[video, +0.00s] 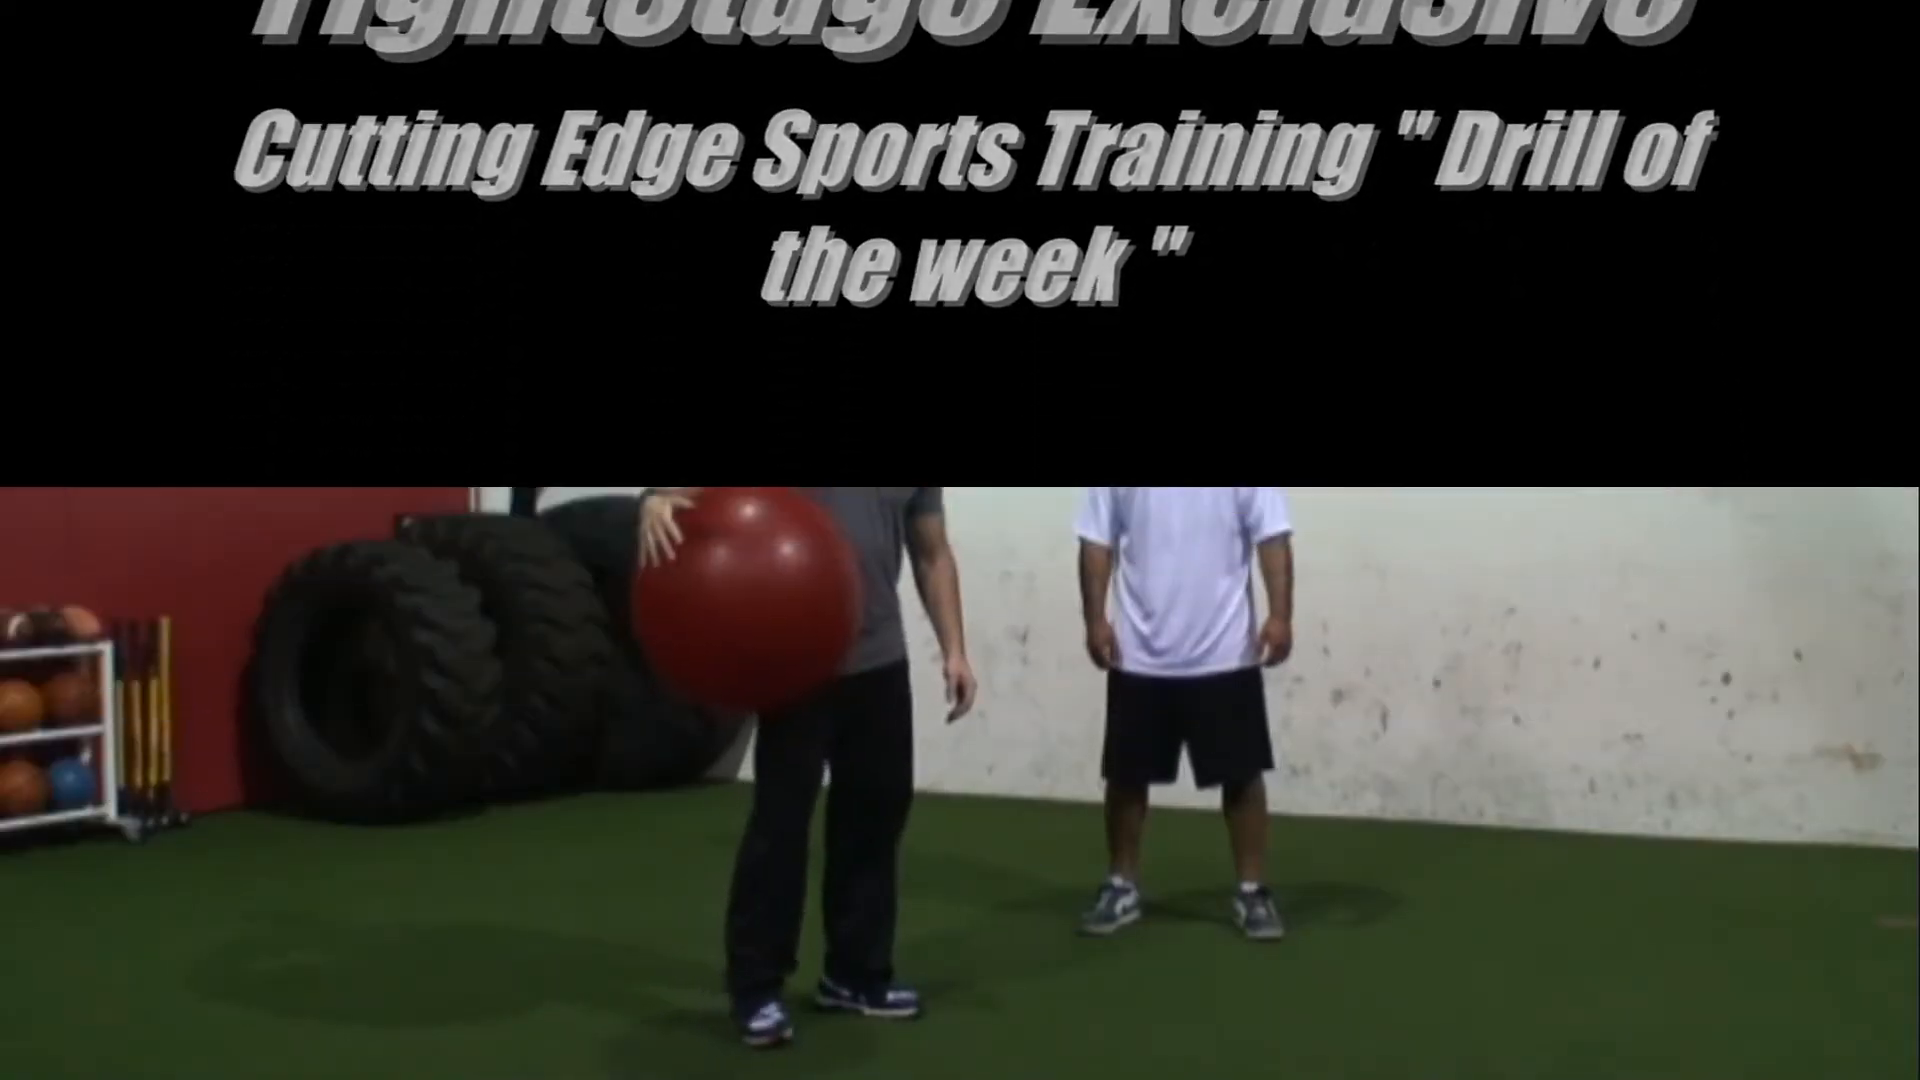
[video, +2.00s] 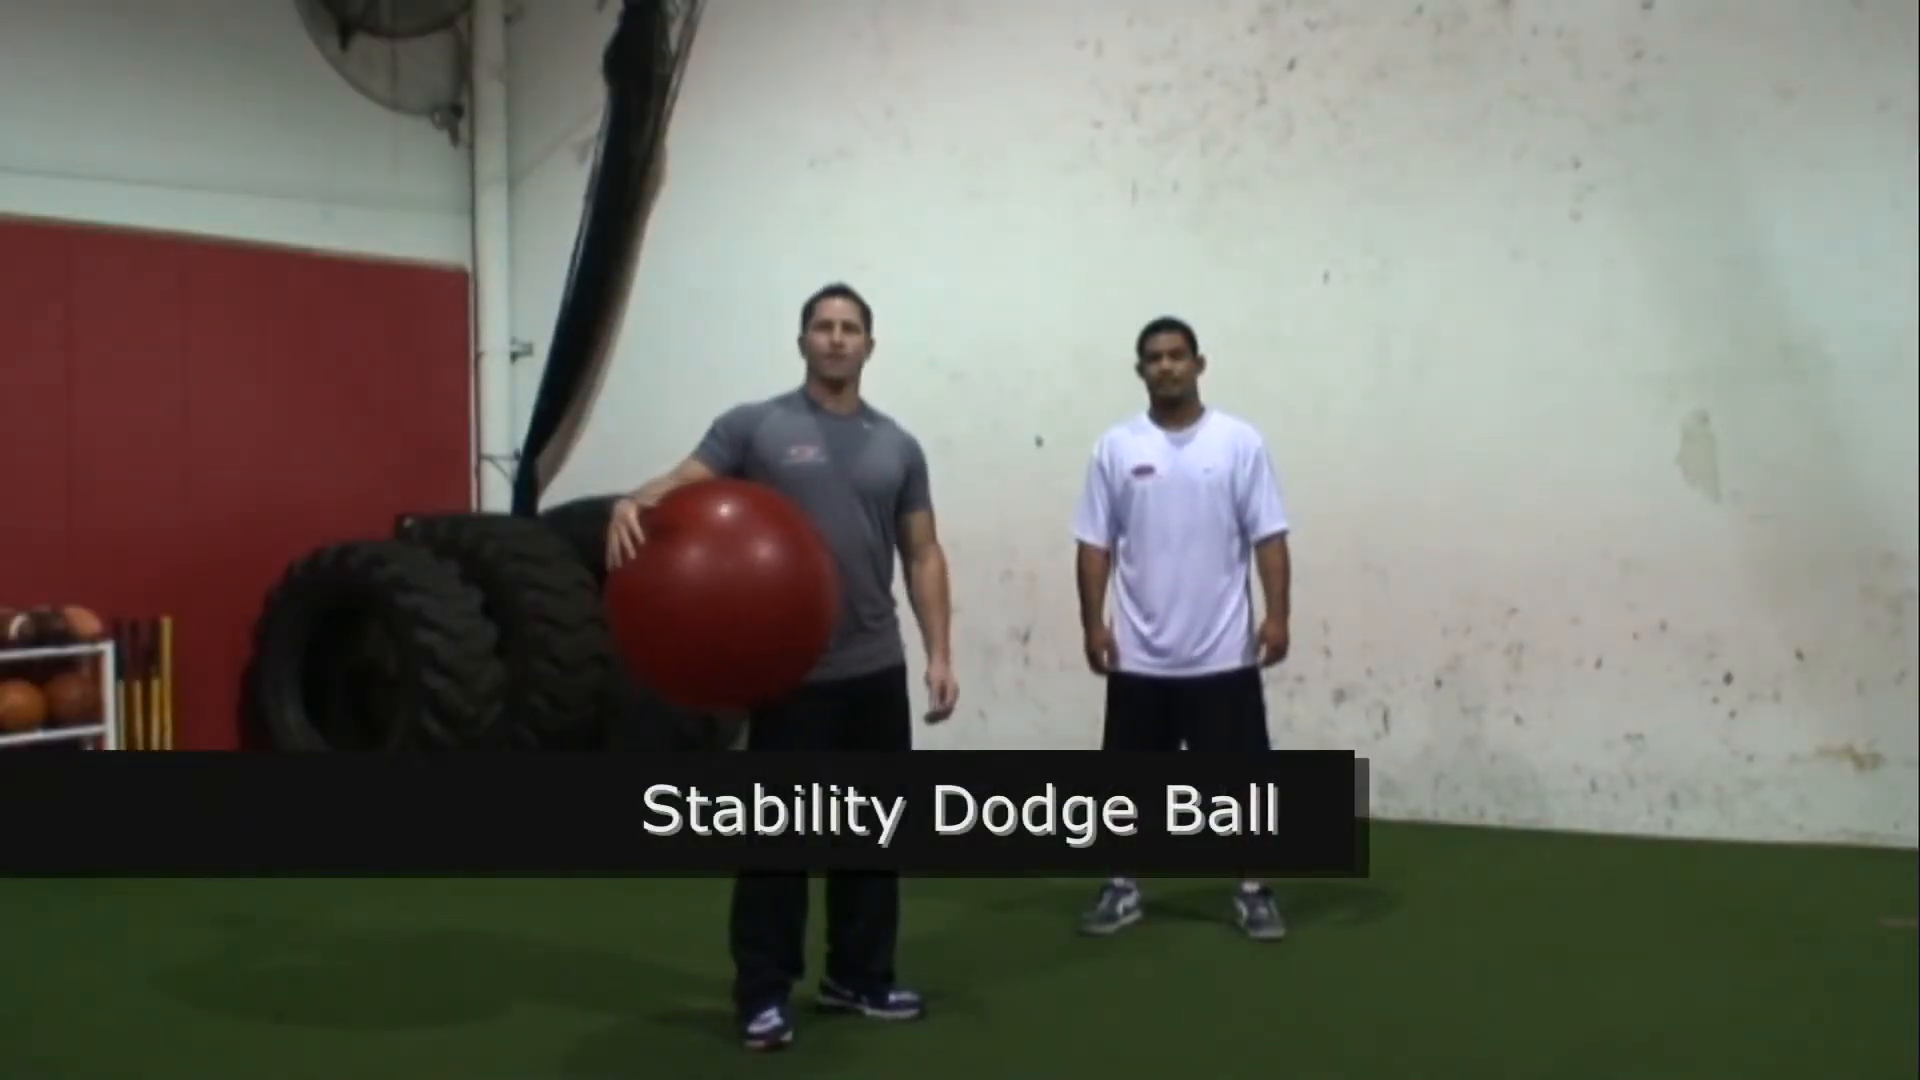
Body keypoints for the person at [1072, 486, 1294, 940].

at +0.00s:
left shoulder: (1249, 490)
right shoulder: (1113, 490)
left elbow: (1272, 534)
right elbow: (1097, 537)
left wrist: (1280, 615)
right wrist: (1095, 620)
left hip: (1223, 647)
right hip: (1141, 647)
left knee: (1242, 776)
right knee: (1126, 775)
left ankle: (1252, 891)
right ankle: (1121, 886)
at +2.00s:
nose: (1166, 366)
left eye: (1177, 356)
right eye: (1154, 358)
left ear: (1199, 364)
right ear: (1140, 371)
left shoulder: (1240, 442)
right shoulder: (1117, 447)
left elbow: (1269, 534)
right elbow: (1094, 540)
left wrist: (1277, 614)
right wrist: (1093, 622)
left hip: (1222, 647)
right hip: (1141, 648)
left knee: (1241, 777)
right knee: (1125, 778)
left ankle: (1252, 886)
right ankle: (1123, 883)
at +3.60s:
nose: (1165, 367)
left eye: (1176, 356)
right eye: (1154, 359)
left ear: (1198, 364)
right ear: (1140, 372)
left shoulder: (1240, 442)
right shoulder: (1117, 447)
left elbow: (1270, 534)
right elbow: (1094, 541)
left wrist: (1278, 613)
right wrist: (1092, 622)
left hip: (1222, 646)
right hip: (1140, 648)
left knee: (1241, 781)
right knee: (1124, 780)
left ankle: (1254, 888)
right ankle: (1123, 884)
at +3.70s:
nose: (1165, 367)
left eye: (1176, 356)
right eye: (1154, 359)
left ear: (1198, 364)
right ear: (1140, 372)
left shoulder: (1240, 442)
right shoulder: (1116, 447)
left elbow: (1270, 533)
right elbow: (1093, 541)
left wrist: (1278, 613)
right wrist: (1092, 622)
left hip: (1222, 646)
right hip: (1140, 648)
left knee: (1244, 781)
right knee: (1123, 780)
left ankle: (1254, 889)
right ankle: (1123, 885)